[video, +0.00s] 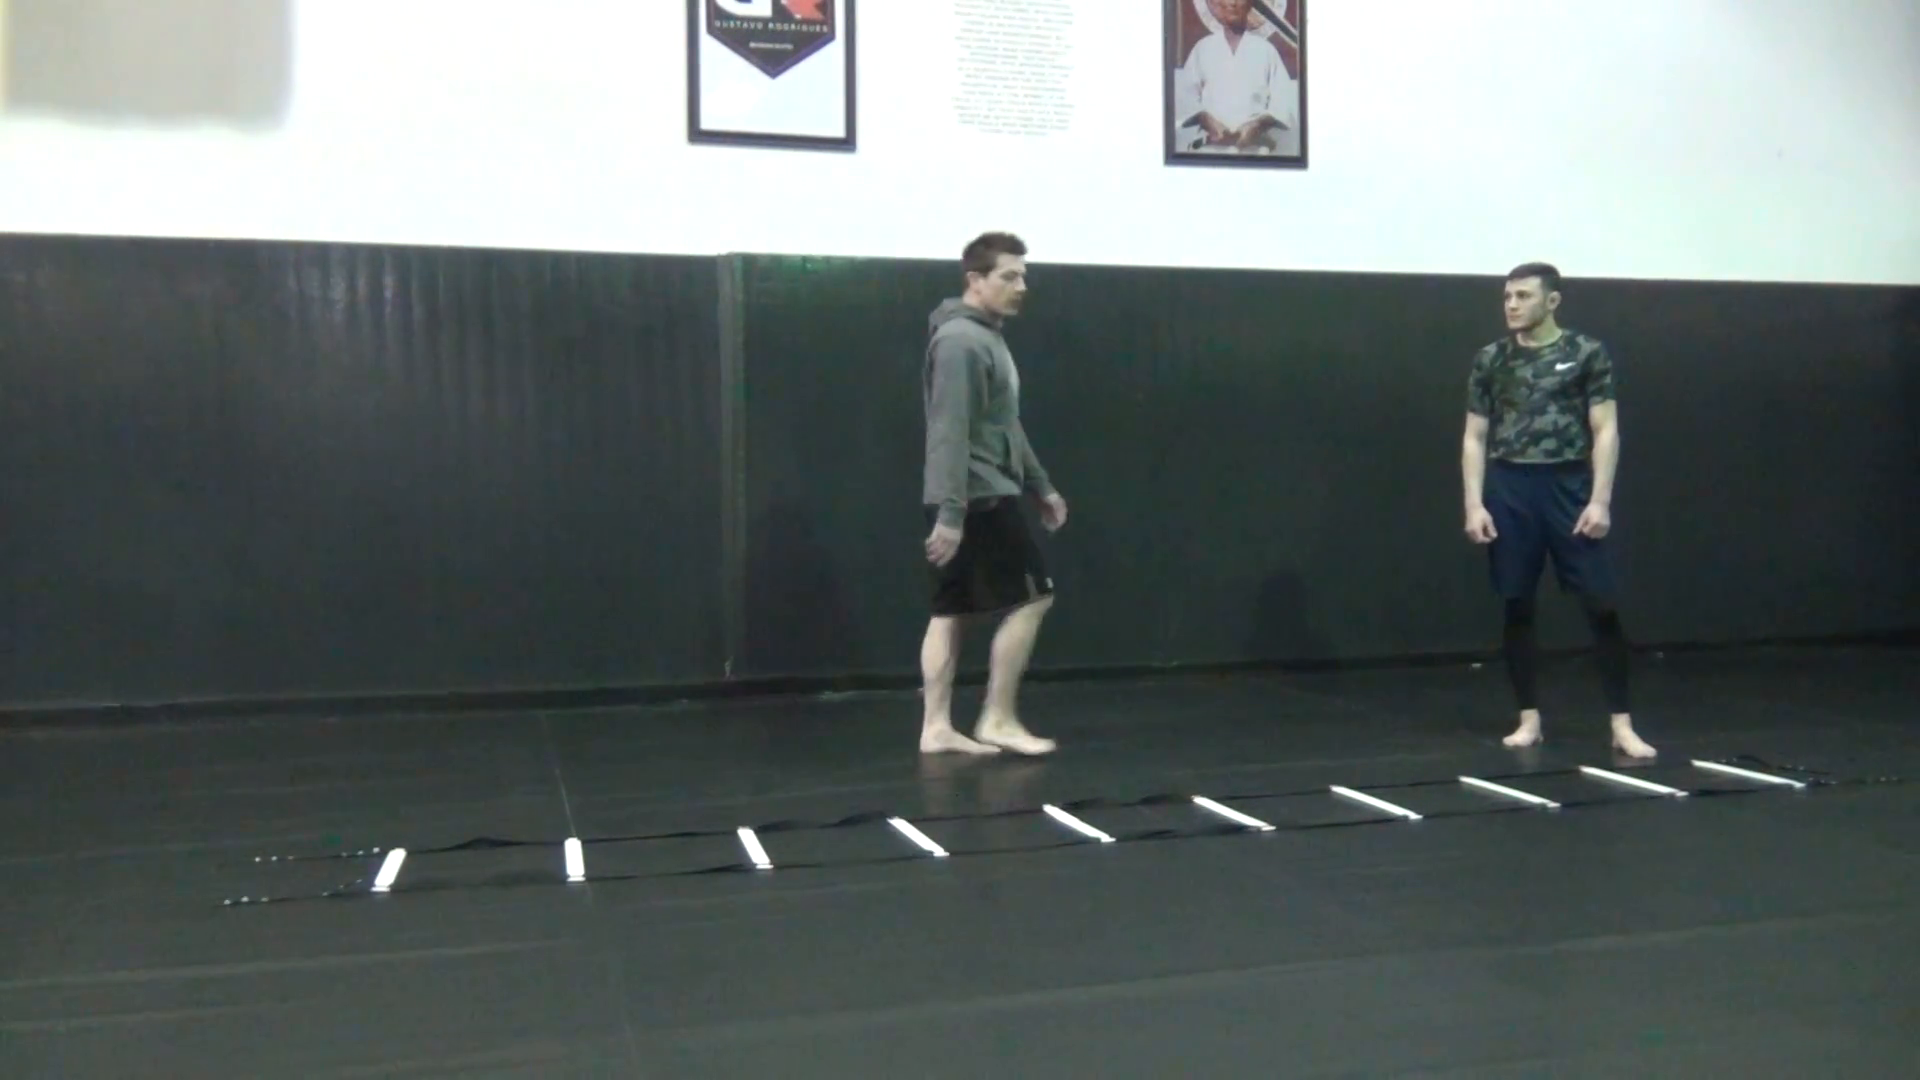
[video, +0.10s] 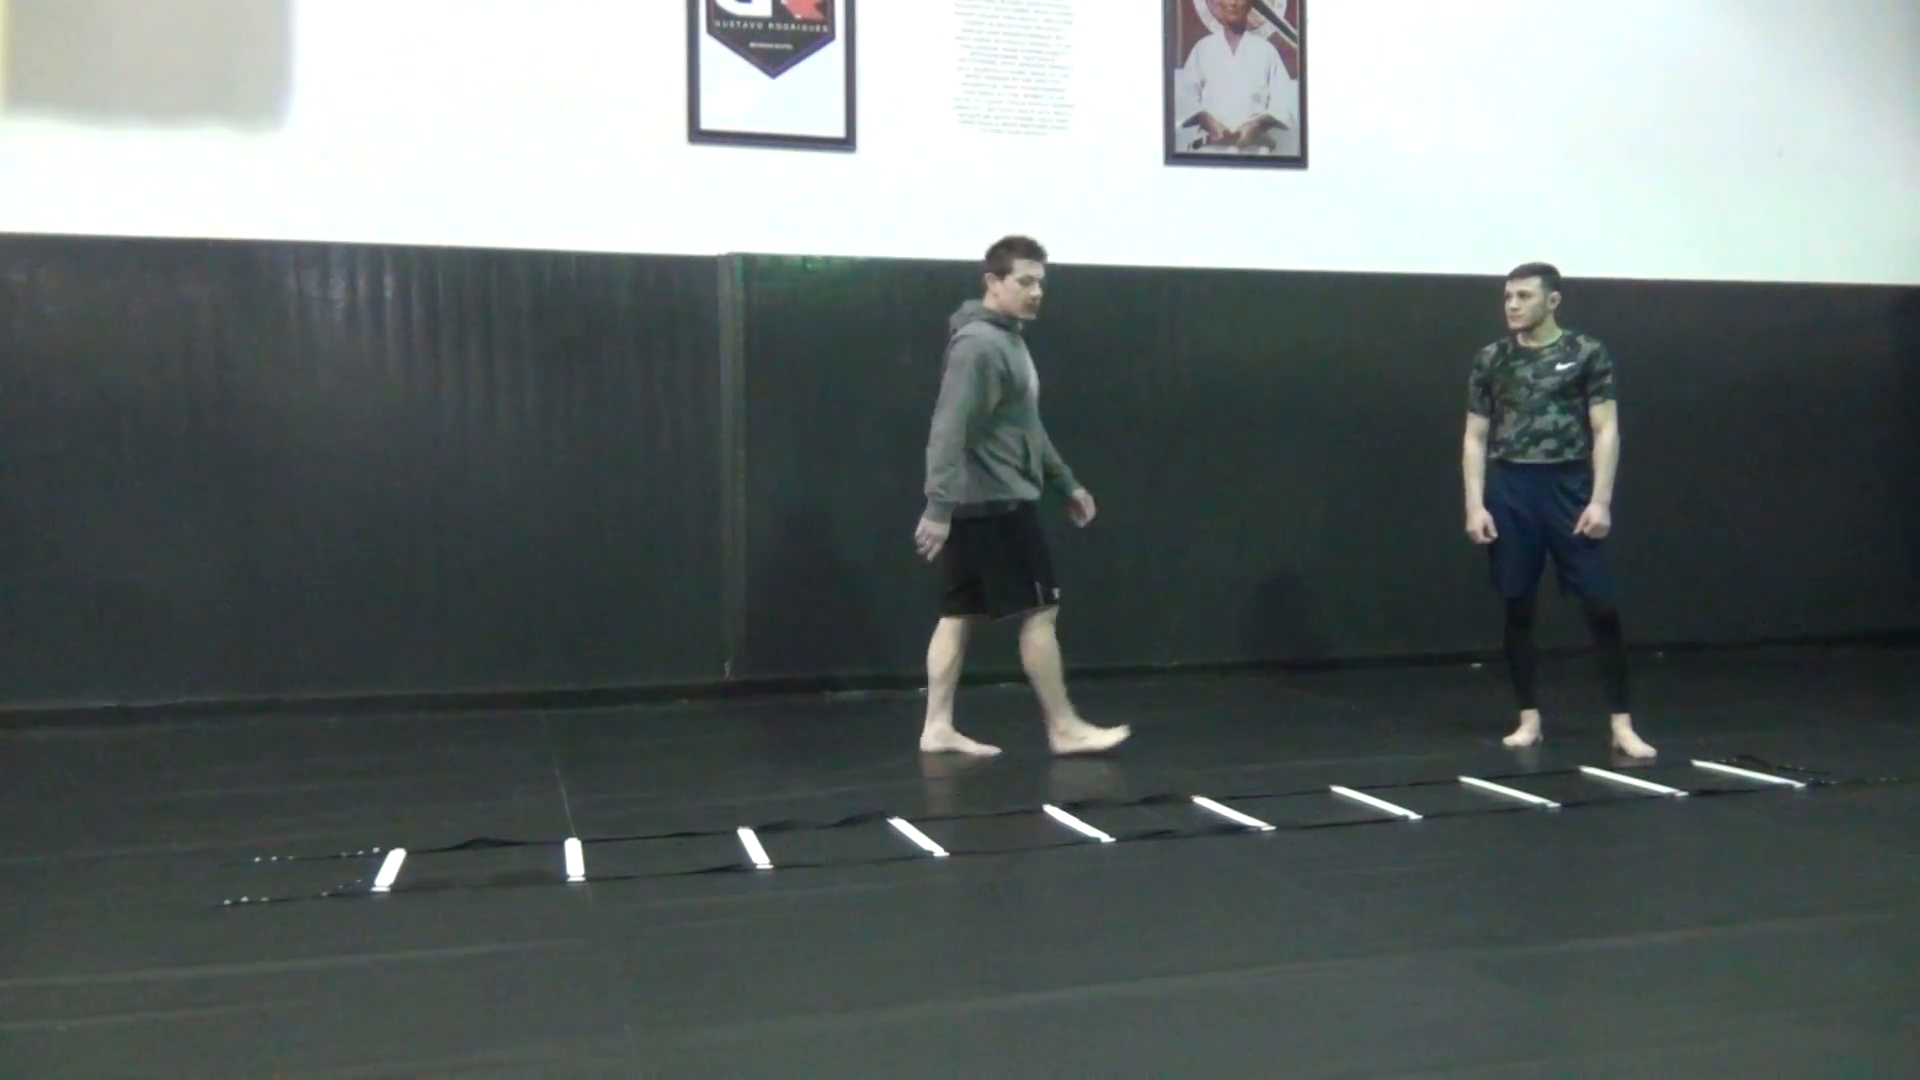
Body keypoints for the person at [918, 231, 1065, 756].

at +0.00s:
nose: (1021, 288)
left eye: (1023, 278)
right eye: (1010, 277)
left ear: (993, 283)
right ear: (975, 280)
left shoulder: (987, 337)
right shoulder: (959, 340)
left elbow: (1006, 427)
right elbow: (949, 429)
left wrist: (1040, 487)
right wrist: (950, 510)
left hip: (977, 496)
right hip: (985, 497)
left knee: (949, 611)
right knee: (1033, 596)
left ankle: (936, 727)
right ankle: (998, 719)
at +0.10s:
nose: (1037, 293)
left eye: (1040, 283)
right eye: (1026, 282)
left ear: (1041, 286)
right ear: (992, 283)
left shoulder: (1010, 342)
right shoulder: (976, 344)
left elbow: (1029, 429)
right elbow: (949, 426)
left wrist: (1067, 485)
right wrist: (938, 507)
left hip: (982, 504)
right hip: (998, 504)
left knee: (956, 615)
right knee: (1039, 610)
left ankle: (937, 727)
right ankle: (1064, 728)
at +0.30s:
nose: (1077, 301)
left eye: (1083, 292)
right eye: (1068, 291)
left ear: (1083, 294)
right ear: (1036, 289)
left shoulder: (1055, 347)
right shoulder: (1023, 351)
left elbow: (1068, 437)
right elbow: (1000, 435)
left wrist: (1092, 496)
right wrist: (997, 511)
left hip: (1046, 506)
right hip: (1047, 509)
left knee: (999, 614)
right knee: (1073, 619)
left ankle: (946, 715)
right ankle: (1096, 733)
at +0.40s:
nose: (1106, 302)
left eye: (1109, 291)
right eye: (1096, 291)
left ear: (1074, 293)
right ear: (1063, 291)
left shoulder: (1073, 342)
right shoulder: (1050, 351)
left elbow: (1069, 433)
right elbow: (1041, 439)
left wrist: (1092, 497)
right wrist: (1057, 513)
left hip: (1069, 500)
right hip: (1072, 504)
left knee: (1039, 613)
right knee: (1092, 617)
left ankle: (972, 698)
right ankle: (1098, 735)